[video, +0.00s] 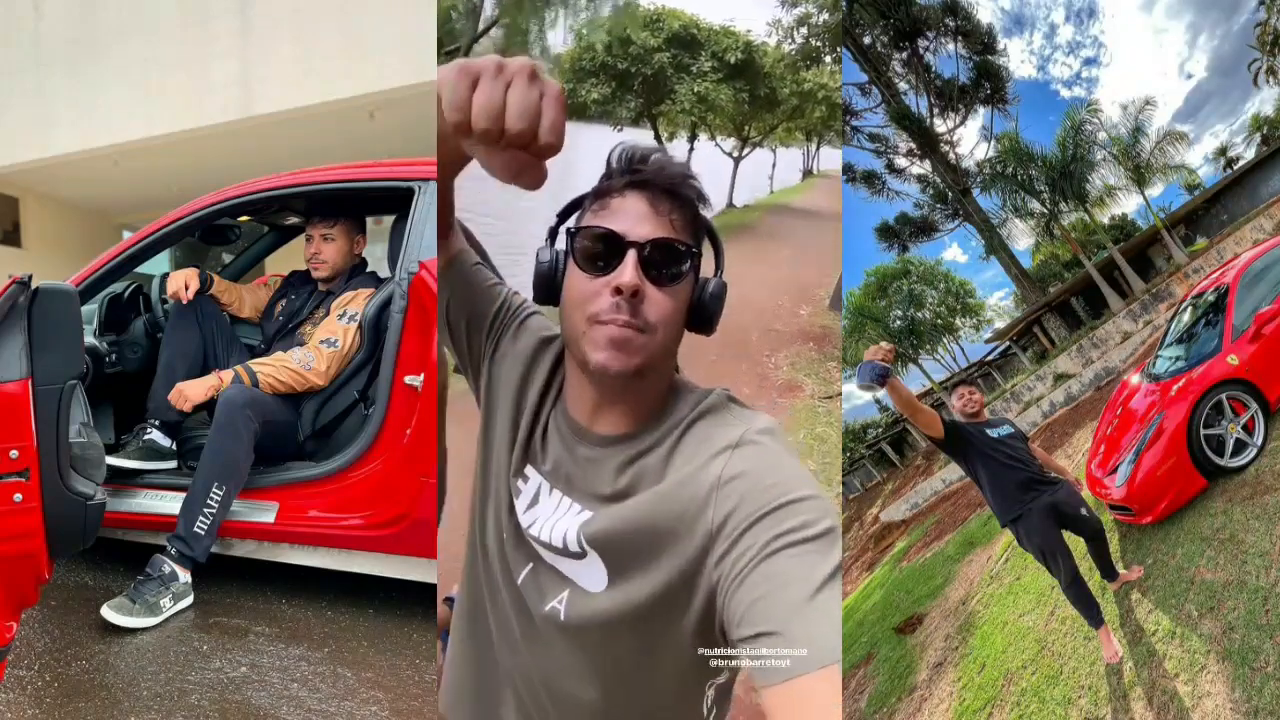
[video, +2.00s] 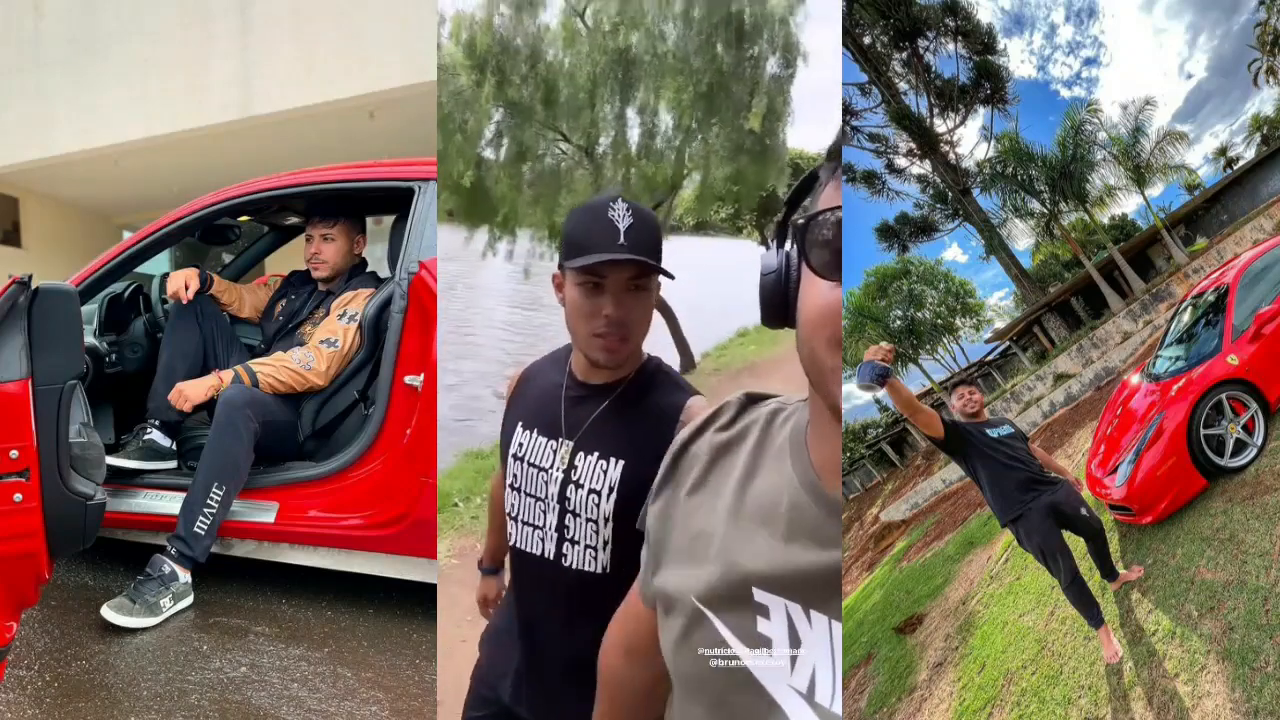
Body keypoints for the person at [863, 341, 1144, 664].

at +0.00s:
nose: (967, 397)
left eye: (971, 392)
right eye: (959, 397)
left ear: (983, 398)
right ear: (953, 410)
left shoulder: (1003, 424)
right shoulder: (957, 436)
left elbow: (1037, 454)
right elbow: (916, 412)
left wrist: (1067, 475)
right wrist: (885, 374)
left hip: (1052, 489)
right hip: (1022, 512)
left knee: (1094, 528)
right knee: (1065, 571)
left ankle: (1114, 576)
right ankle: (1101, 628)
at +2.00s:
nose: (967, 397)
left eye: (972, 392)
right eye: (959, 397)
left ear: (983, 398)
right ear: (952, 410)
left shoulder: (1003, 423)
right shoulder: (957, 436)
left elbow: (1036, 453)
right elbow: (917, 413)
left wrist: (1067, 475)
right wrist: (885, 375)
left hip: (1051, 489)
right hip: (1022, 512)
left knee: (1093, 528)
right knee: (1066, 572)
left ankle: (1114, 576)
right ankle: (1101, 628)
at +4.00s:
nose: (966, 397)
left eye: (971, 392)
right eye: (959, 397)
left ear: (983, 398)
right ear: (953, 410)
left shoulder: (1003, 424)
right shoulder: (956, 436)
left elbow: (1037, 454)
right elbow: (916, 412)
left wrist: (1067, 476)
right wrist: (885, 373)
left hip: (1051, 489)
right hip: (1021, 512)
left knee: (1093, 528)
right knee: (1065, 572)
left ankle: (1113, 576)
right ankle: (1101, 628)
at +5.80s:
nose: (967, 397)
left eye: (971, 392)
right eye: (959, 397)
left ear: (983, 399)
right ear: (953, 410)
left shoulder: (1004, 424)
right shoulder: (956, 436)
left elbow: (1036, 453)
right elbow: (916, 412)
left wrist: (1066, 475)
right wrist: (885, 374)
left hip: (1052, 489)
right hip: (1022, 512)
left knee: (1094, 528)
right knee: (1066, 572)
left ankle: (1114, 576)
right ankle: (1101, 628)